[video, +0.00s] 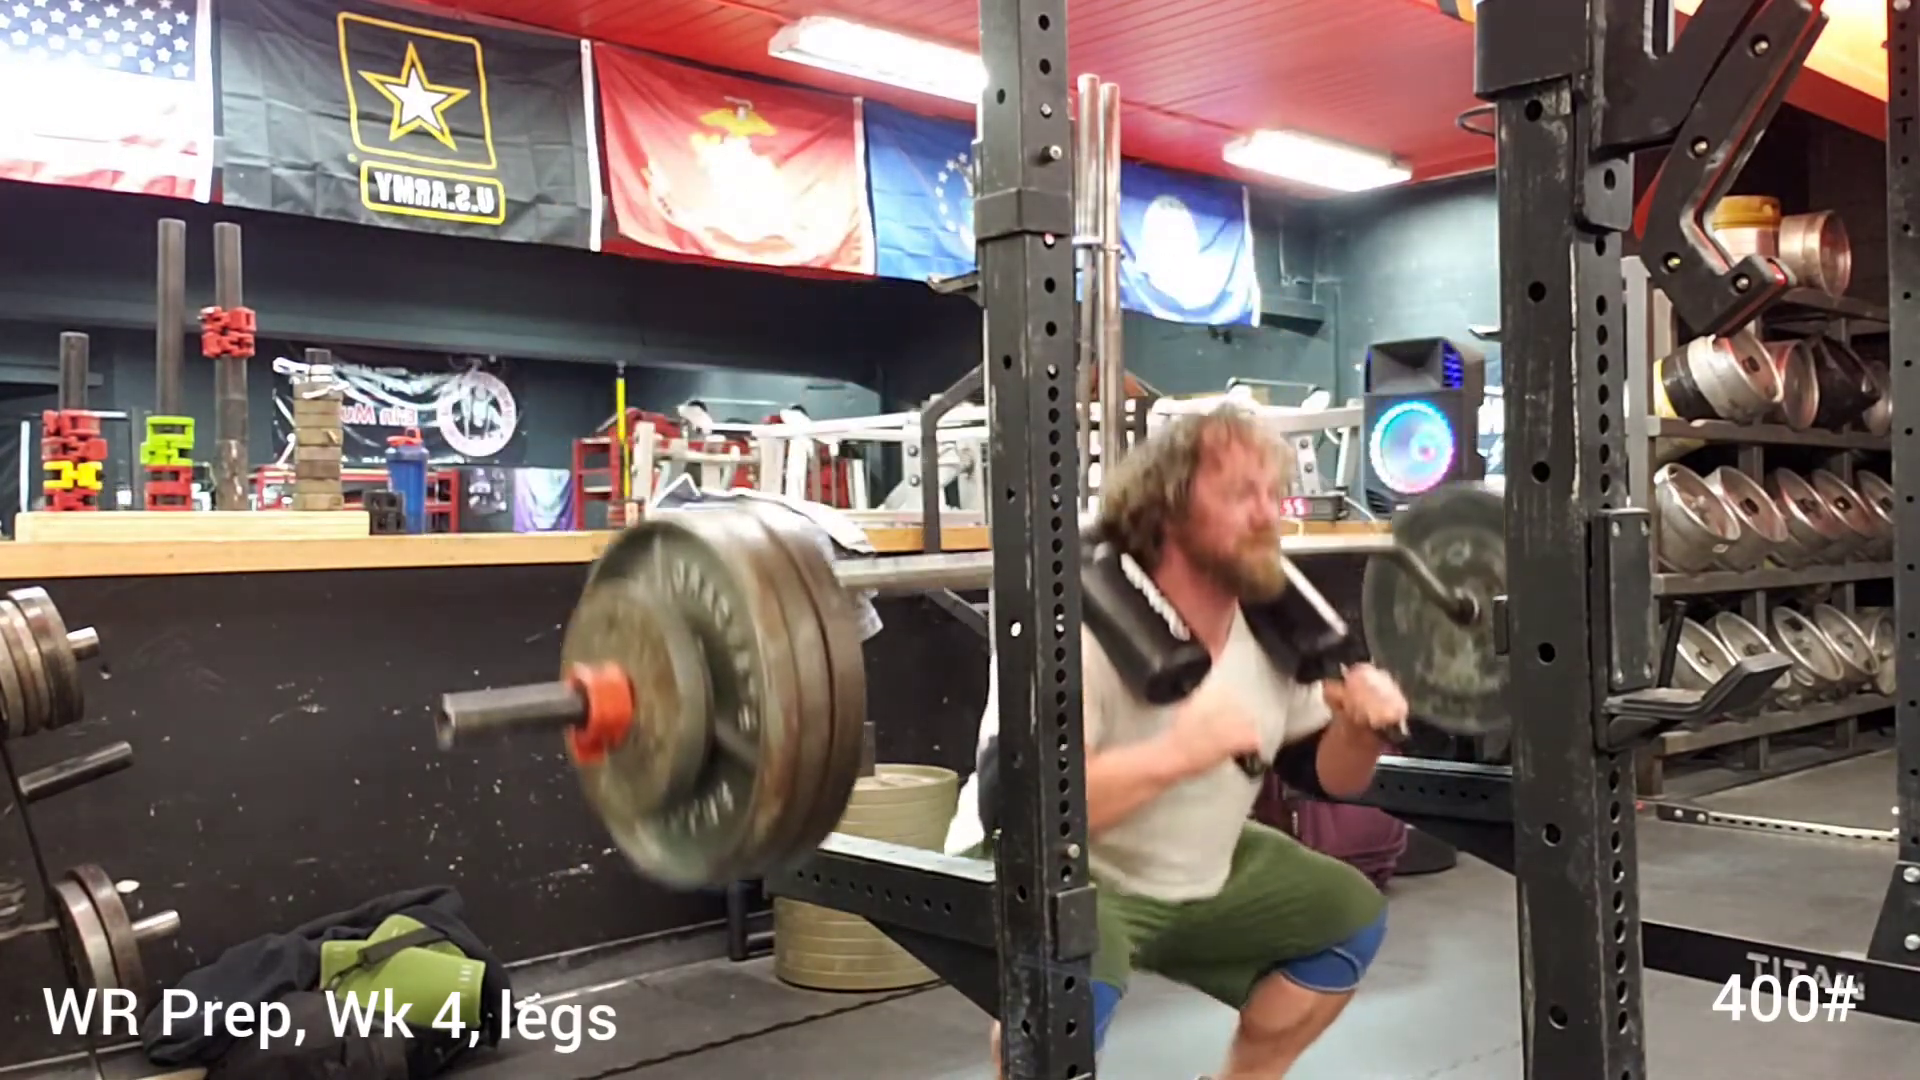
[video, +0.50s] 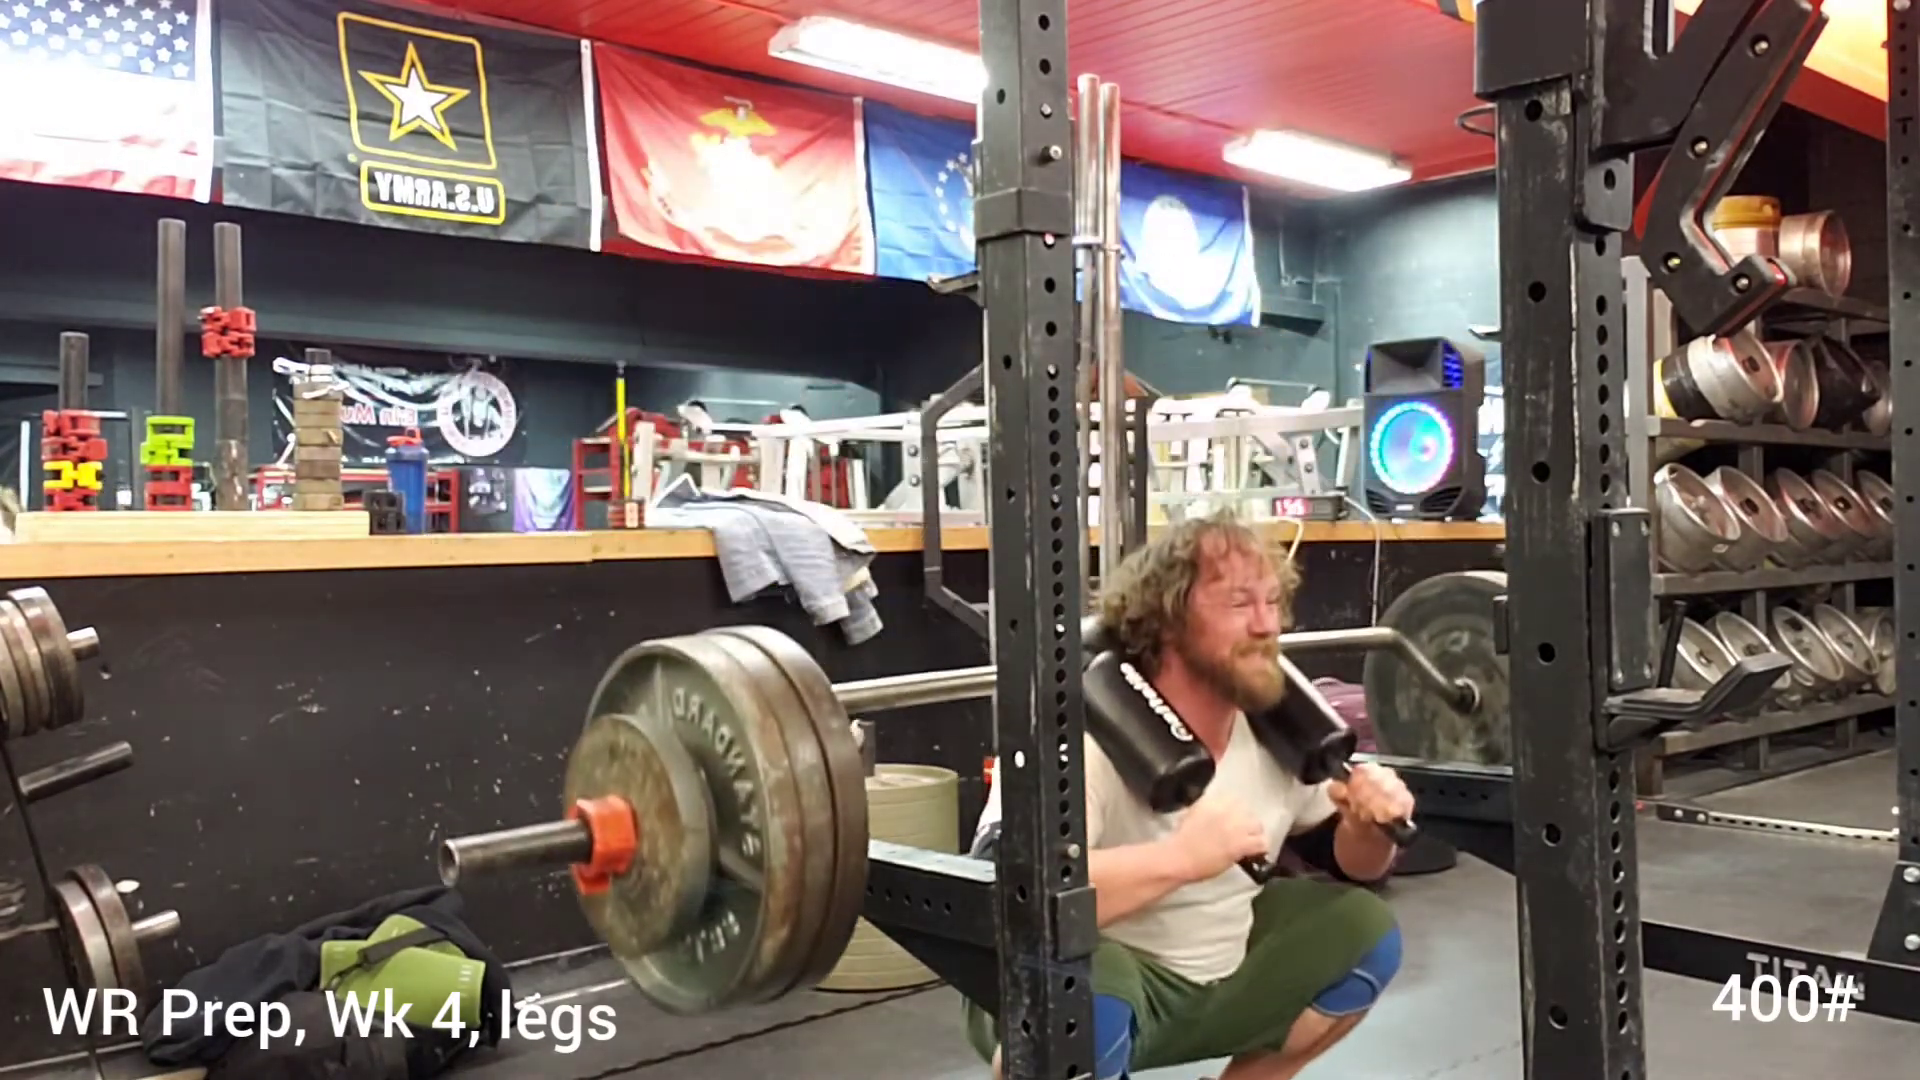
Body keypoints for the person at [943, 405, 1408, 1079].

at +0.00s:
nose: (1266, 513)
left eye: (1273, 493)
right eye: (1240, 493)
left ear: (1284, 498)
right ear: (1169, 504)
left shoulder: (1273, 605)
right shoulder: (1076, 614)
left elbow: (1334, 778)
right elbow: (1017, 803)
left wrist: (1360, 723)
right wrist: (1174, 753)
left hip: (1209, 858)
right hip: (1078, 870)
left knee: (1347, 915)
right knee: (1080, 977)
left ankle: (1245, 1074)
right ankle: (1026, 1070)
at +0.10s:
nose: (1267, 552)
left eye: (1275, 531)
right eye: (1241, 532)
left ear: (1288, 532)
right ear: (1171, 543)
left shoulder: (1276, 638)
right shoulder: (1084, 651)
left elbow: (1339, 808)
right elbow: (1030, 836)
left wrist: (1367, 755)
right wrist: (1173, 791)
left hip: (1222, 886)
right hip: (1094, 900)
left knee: (1359, 925)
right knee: (1078, 1000)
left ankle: (1245, 1075)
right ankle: (1020, 1066)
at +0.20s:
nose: (1266, 581)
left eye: (1272, 560)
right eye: (1240, 562)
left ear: (1283, 563)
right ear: (1170, 573)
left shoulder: (1275, 666)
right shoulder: (1087, 679)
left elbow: (1348, 834)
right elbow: (1028, 861)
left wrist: (1366, 781)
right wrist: (1176, 820)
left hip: (1229, 919)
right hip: (1105, 931)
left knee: (1363, 929)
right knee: (1078, 980)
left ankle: (1245, 1074)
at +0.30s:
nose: (1265, 602)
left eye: (1271, 579)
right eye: (1238, 582)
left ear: (1281, 580)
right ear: (1169, 595)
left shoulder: (1274, 684)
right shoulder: (1086, 697)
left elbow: (1353, 848)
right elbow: (1020, 871)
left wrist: (1368, 800)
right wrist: (1177, 834)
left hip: (1231, 945)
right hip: (1111, 955)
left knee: (1364, 930)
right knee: (1079, 986)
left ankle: (1247, 1074)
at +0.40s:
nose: (1265, 616)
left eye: (1270, 592)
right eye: (1238, 593)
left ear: (1280, 595)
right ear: (1169, 610)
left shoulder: (1274, 696)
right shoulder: (1090, 715)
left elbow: (1356, 856)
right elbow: (1022, 884)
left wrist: (1371, 812)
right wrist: (1177, 846)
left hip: (1231, 950)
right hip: (1111, 962)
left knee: (1364, 931)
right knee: (1086, 999)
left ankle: (1246, 1074)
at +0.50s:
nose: (1267, 626)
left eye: (1271, 601)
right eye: (1238, 602)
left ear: (1283, 605)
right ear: (1168, 620)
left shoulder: (1274, 705)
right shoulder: (1089, 730)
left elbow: (1356, 865)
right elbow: (1014, 895)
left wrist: (1371, 823)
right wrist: (1177, 856)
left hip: (1233, 961)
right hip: (1113, 970)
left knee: (1366, 932)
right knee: (1088, 998)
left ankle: (1245, 1074)